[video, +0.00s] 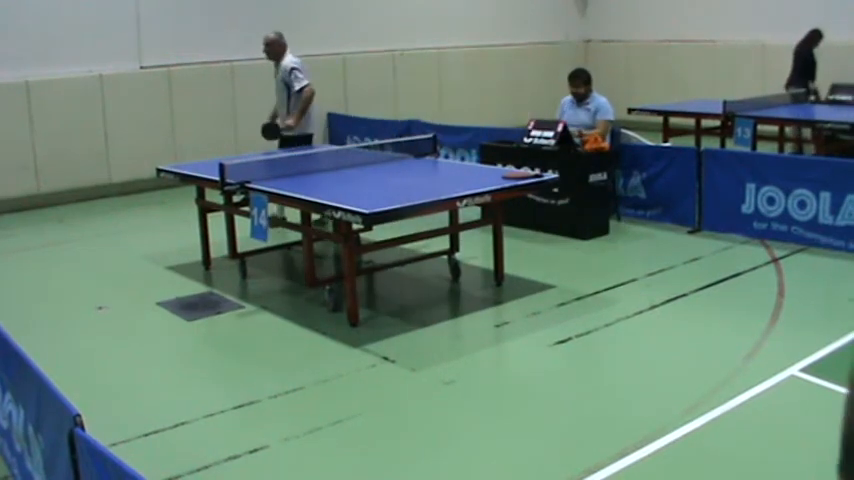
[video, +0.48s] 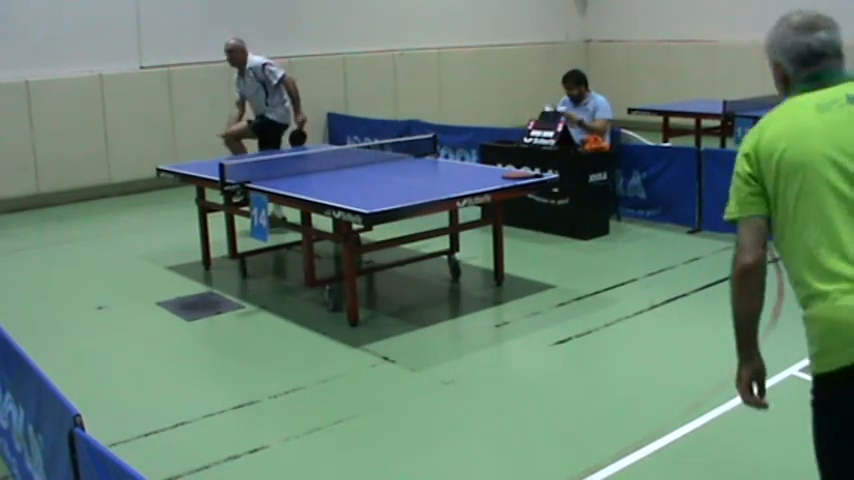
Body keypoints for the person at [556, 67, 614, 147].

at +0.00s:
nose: (575, 91)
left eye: (579, 87)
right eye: (572, 87)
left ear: (588, 87)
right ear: (569, 87)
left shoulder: (601, 104)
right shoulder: (565, 103)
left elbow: (602, 133)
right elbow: (559, 126)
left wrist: (583, 134)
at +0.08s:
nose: (574, 91)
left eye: (578, 87)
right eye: (572, 87)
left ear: (588, 87)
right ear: (568, 87)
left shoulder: (601, 104)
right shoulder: (565, 103)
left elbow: (601, 133)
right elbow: (560, 126)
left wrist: (583, 134)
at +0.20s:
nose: (572, 92)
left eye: (576, 89)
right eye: (570, 88)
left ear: (586, 88)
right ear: (568, 88)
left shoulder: (601, 103)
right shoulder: (566, 102)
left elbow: (601, 134)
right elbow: (559, 127)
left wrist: (580, 133)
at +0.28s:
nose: (571, 92)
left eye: (574, 88)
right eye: (569, 89)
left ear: (586, 87)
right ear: (566, 88)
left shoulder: (600, 103)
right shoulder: (566, 102)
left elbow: (602, 132)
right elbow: (559, 125)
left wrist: (583, 131)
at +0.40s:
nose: (569, 93)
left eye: (572, 89)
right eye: (567, 90)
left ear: (584, 88)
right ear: (565, 89)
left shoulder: (600, 103)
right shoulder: (565, 102)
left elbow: (602, 132)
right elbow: (556, 124)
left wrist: (581, 127)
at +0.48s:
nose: (568, 93)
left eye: (571, 89)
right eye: (567, 90)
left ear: (583, 87)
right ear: (565, 89)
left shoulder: (600, 102)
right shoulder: (565, 102)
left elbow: (600, 130)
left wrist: (578, 122)